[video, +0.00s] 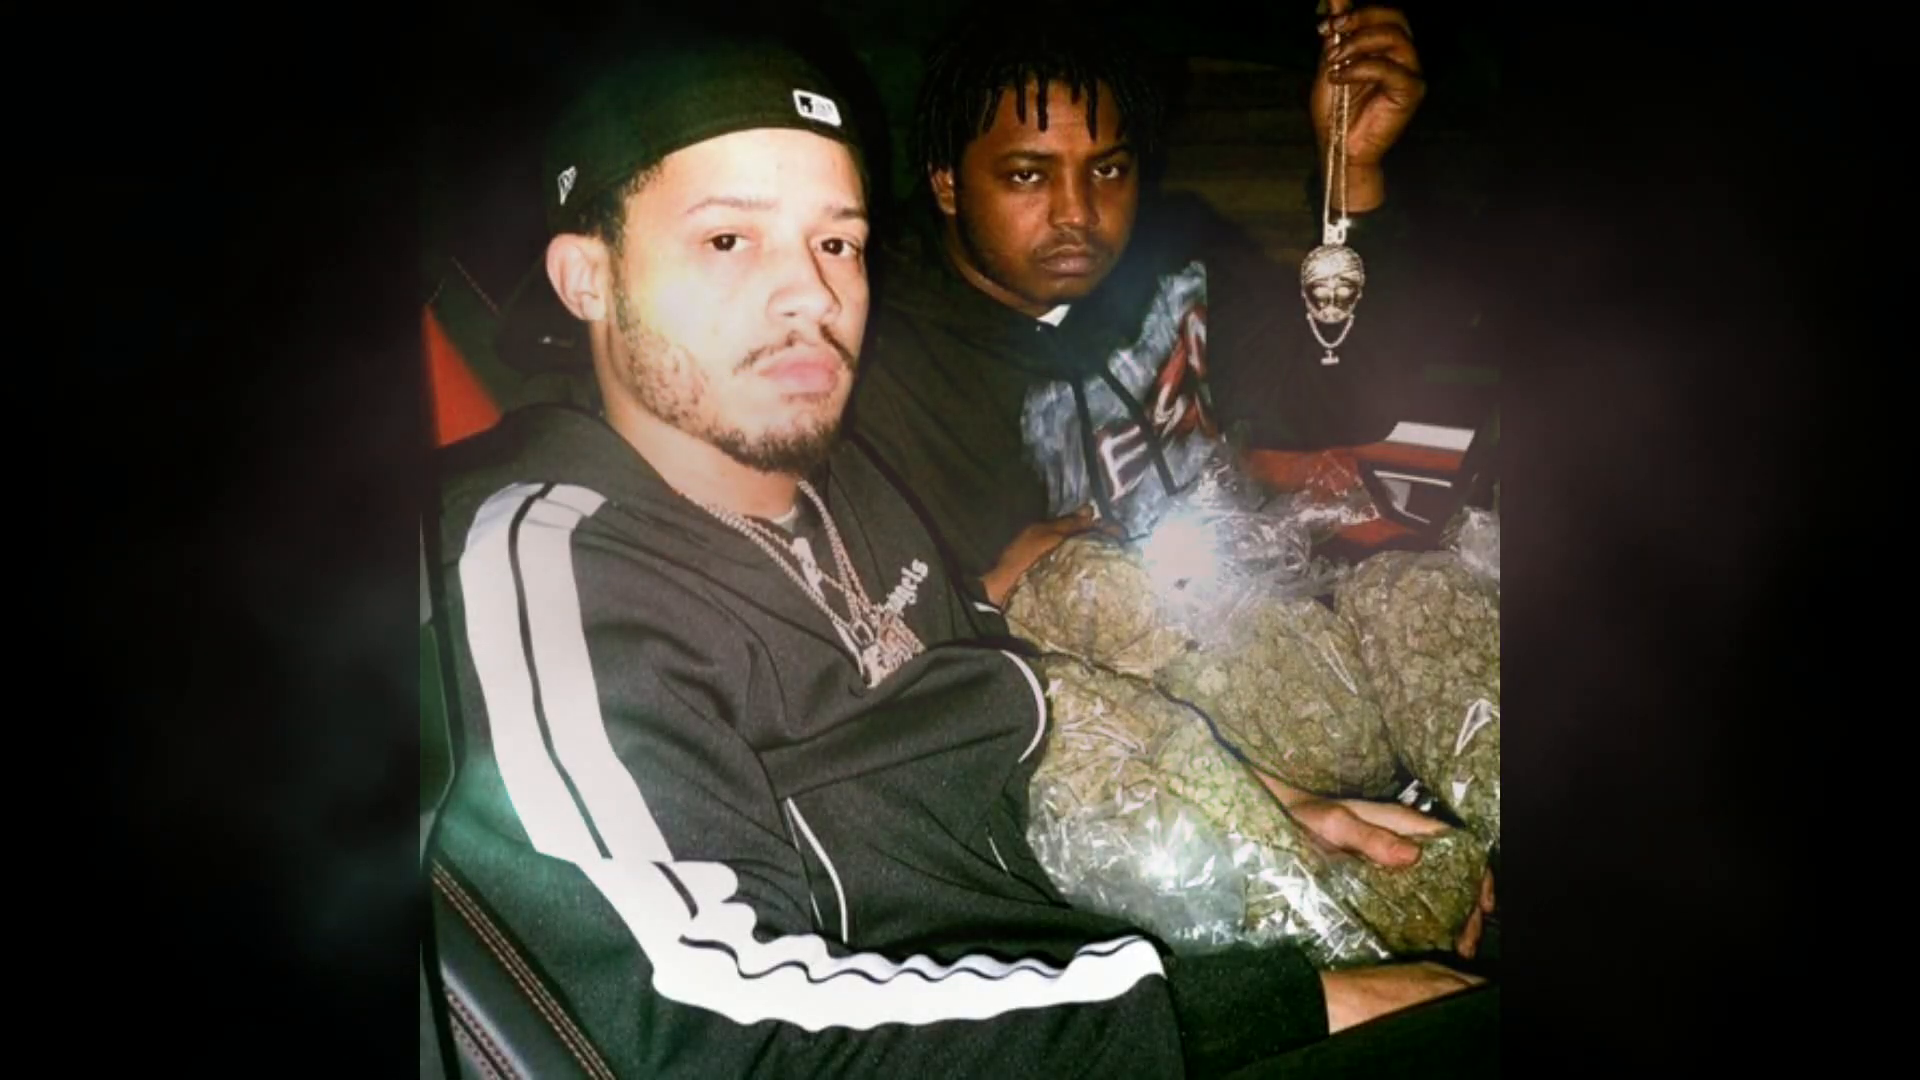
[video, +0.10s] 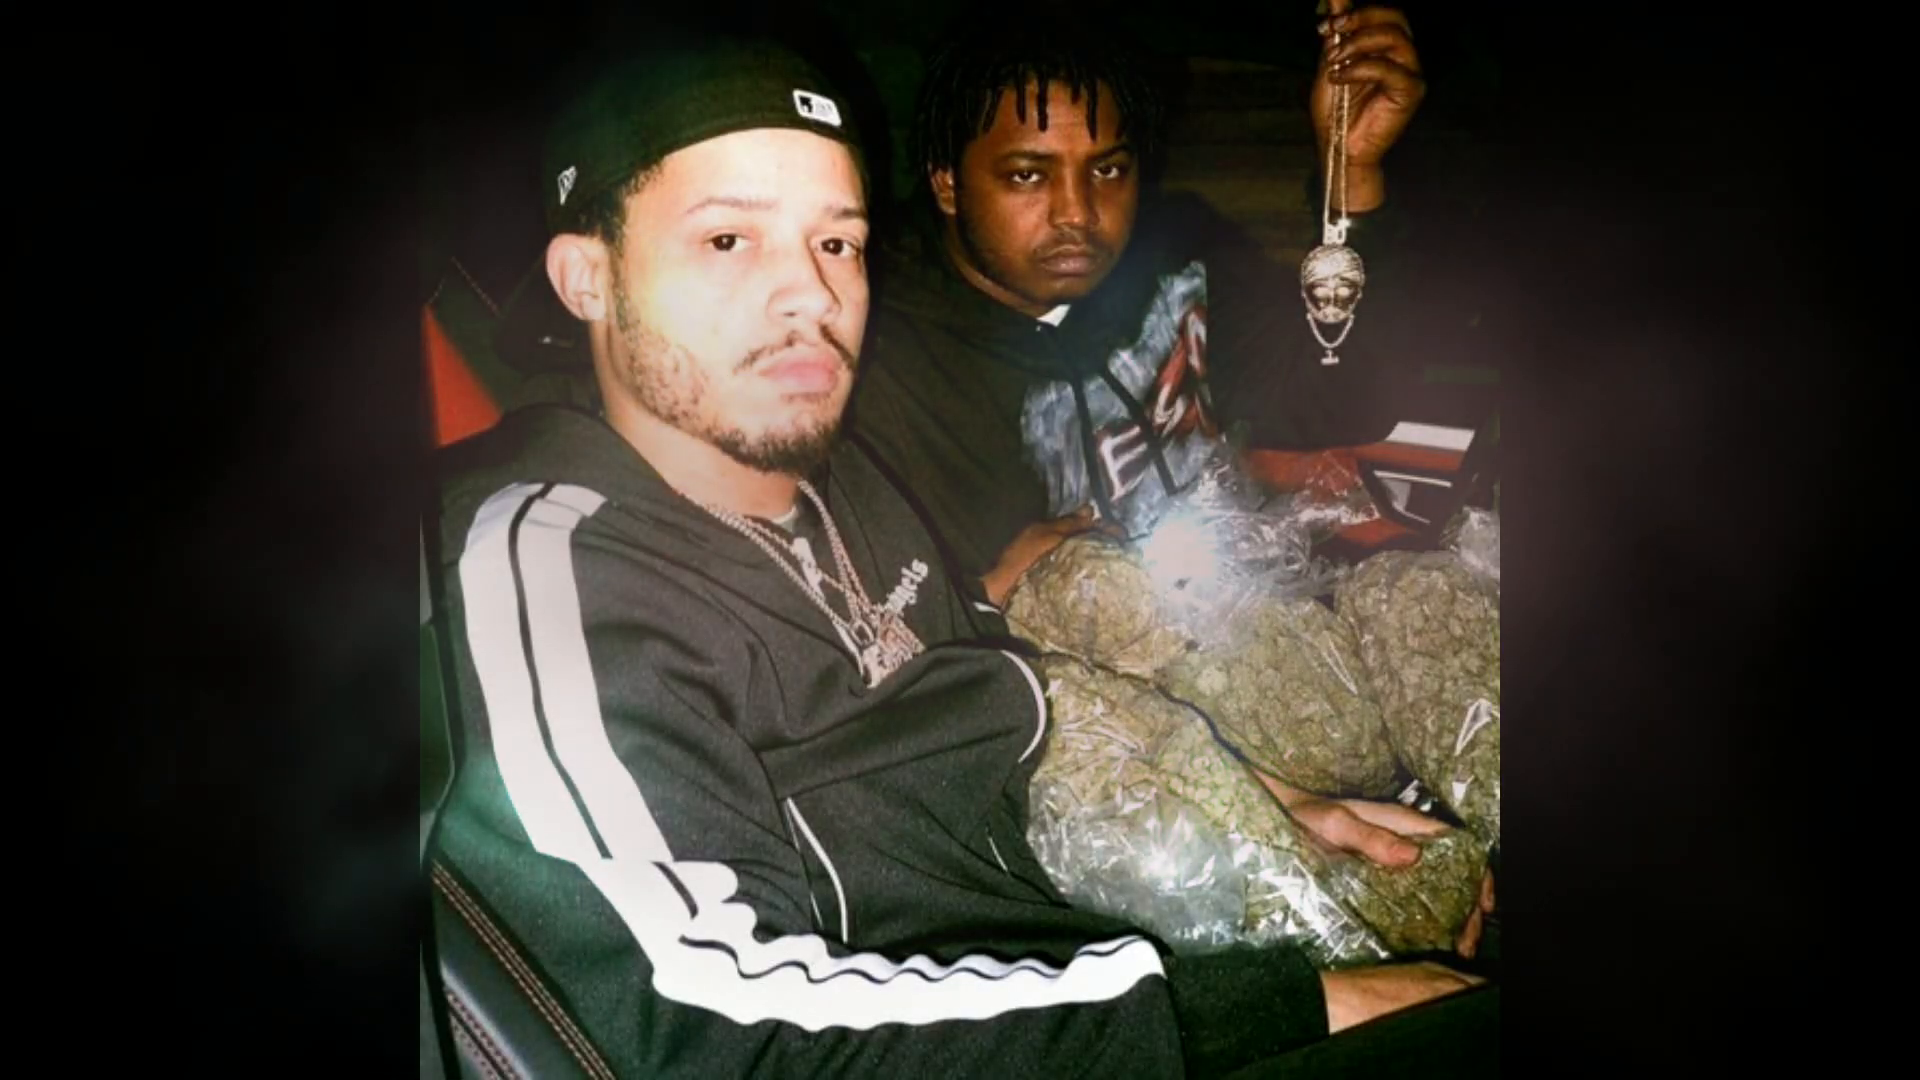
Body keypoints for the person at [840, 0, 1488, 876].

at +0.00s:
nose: (1076, 218)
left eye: (1107, 172)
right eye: (1026, 176)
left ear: (1138, 170)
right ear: (946, 186)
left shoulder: (1183, 249)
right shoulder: (896, 353)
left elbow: (1341, 420)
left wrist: (1353, 175)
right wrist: (990, 583)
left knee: (1448, 607)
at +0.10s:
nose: (1075, 218)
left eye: (1106, 172)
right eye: (1026, 176)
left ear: (1138, 171)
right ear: (946, 186)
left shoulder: (1183, 249)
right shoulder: (899, 353)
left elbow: (1336, 418)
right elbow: (1020, 570)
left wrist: (1351, 176)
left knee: (1434, 595)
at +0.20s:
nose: (1076, 218)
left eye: (1106, 172)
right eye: (1026, 176)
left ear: (1138, 169)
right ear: (946, 186)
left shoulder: (1184, 249)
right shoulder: (899, 353)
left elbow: (1339, 425)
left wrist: (1352, 175)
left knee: (1441, 599)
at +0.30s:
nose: (1076, 217)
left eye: (1106, 171)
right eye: (1026, 176)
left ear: (1138, 171)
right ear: (947, 187)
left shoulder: (1183, 253)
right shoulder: (893, 354)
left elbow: (1338, 421)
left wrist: (1352, 175)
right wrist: (995, 581)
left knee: (1431, 593)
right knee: (1083, 577)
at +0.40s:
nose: (1076, 218)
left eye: (1106, 171)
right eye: (1026, 176)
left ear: (1138, 171)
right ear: (947, 187)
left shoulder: (1183, 252)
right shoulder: (891, 354)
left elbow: (1338, 419)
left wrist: (1353, 174)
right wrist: (996, 581)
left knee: (1439, 595)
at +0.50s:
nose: (1075, 217)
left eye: (1106, 172)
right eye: (1026, 176)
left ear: (1138, 171)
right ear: (947, 187)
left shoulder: (1183, 255)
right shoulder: (886, 358)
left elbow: (1342, 419)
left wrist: (1353, 176)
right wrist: (994, 587)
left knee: (1442, 600)